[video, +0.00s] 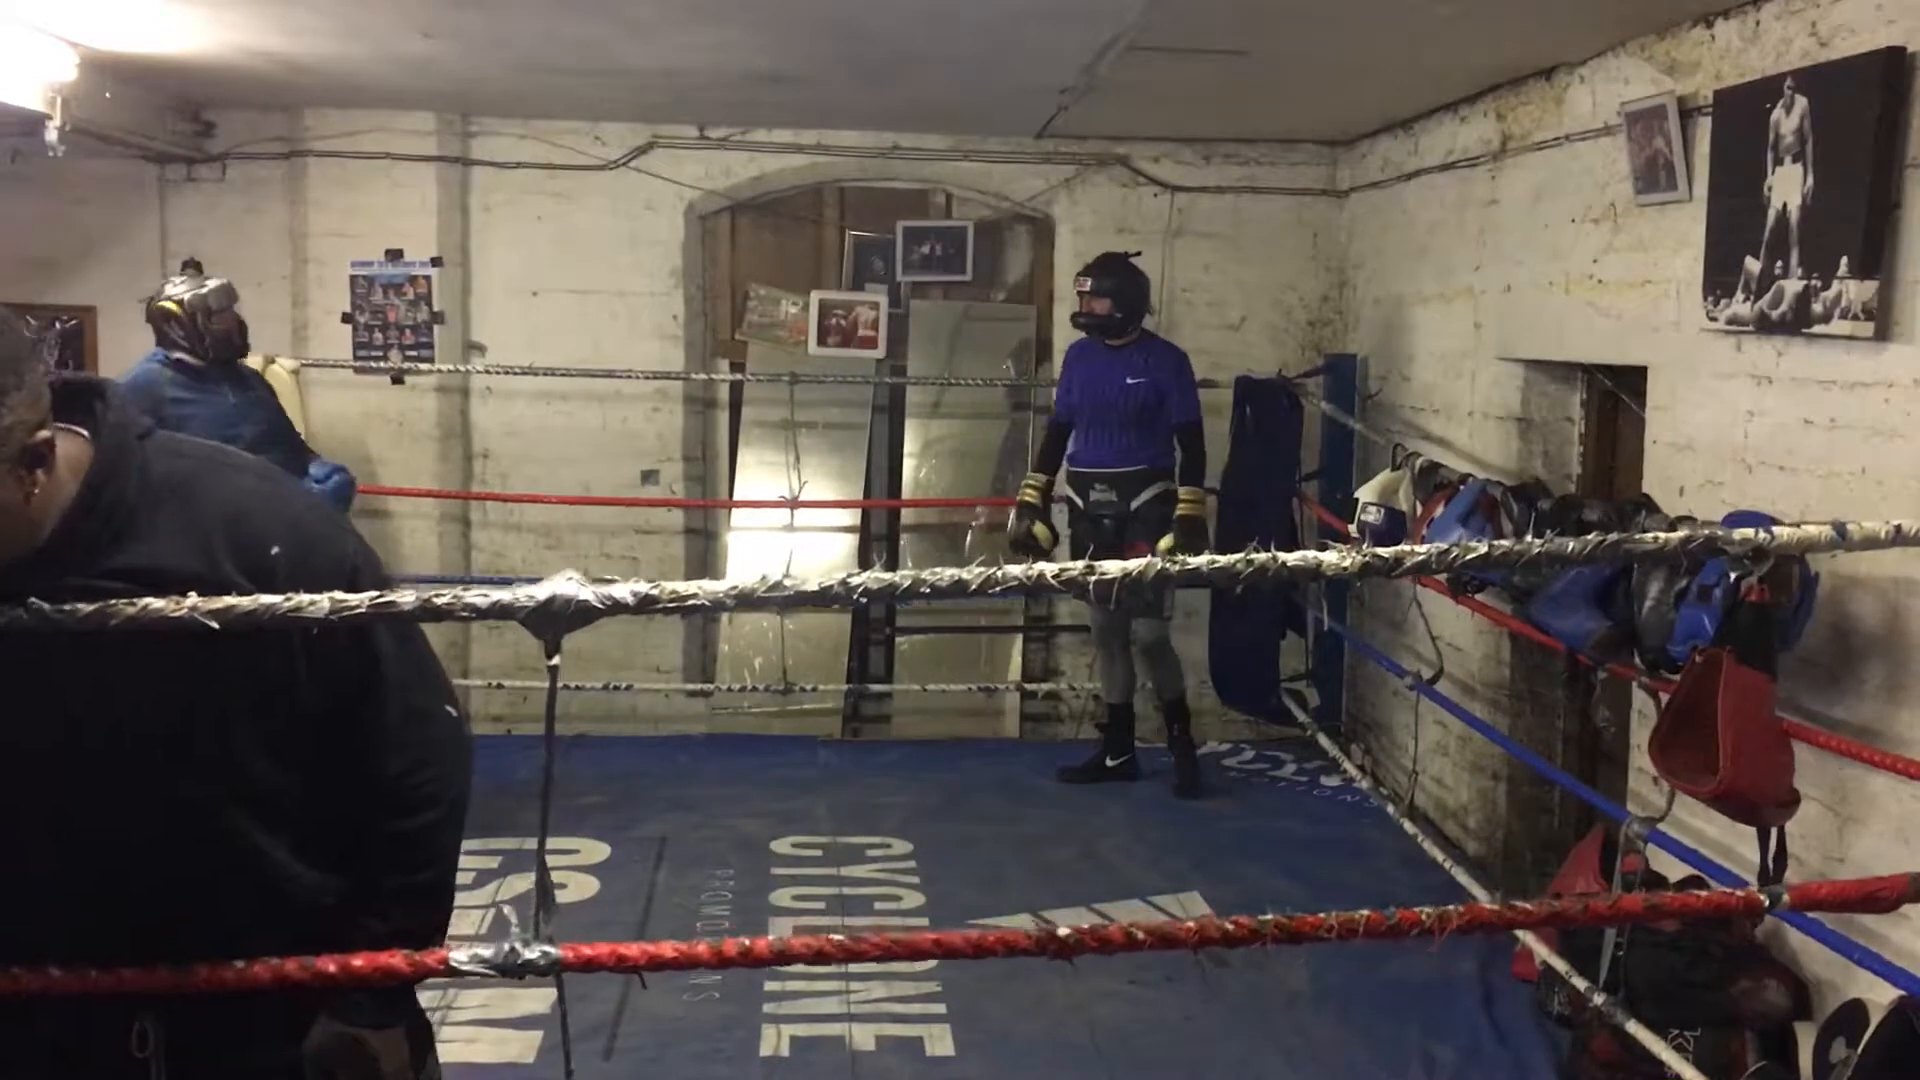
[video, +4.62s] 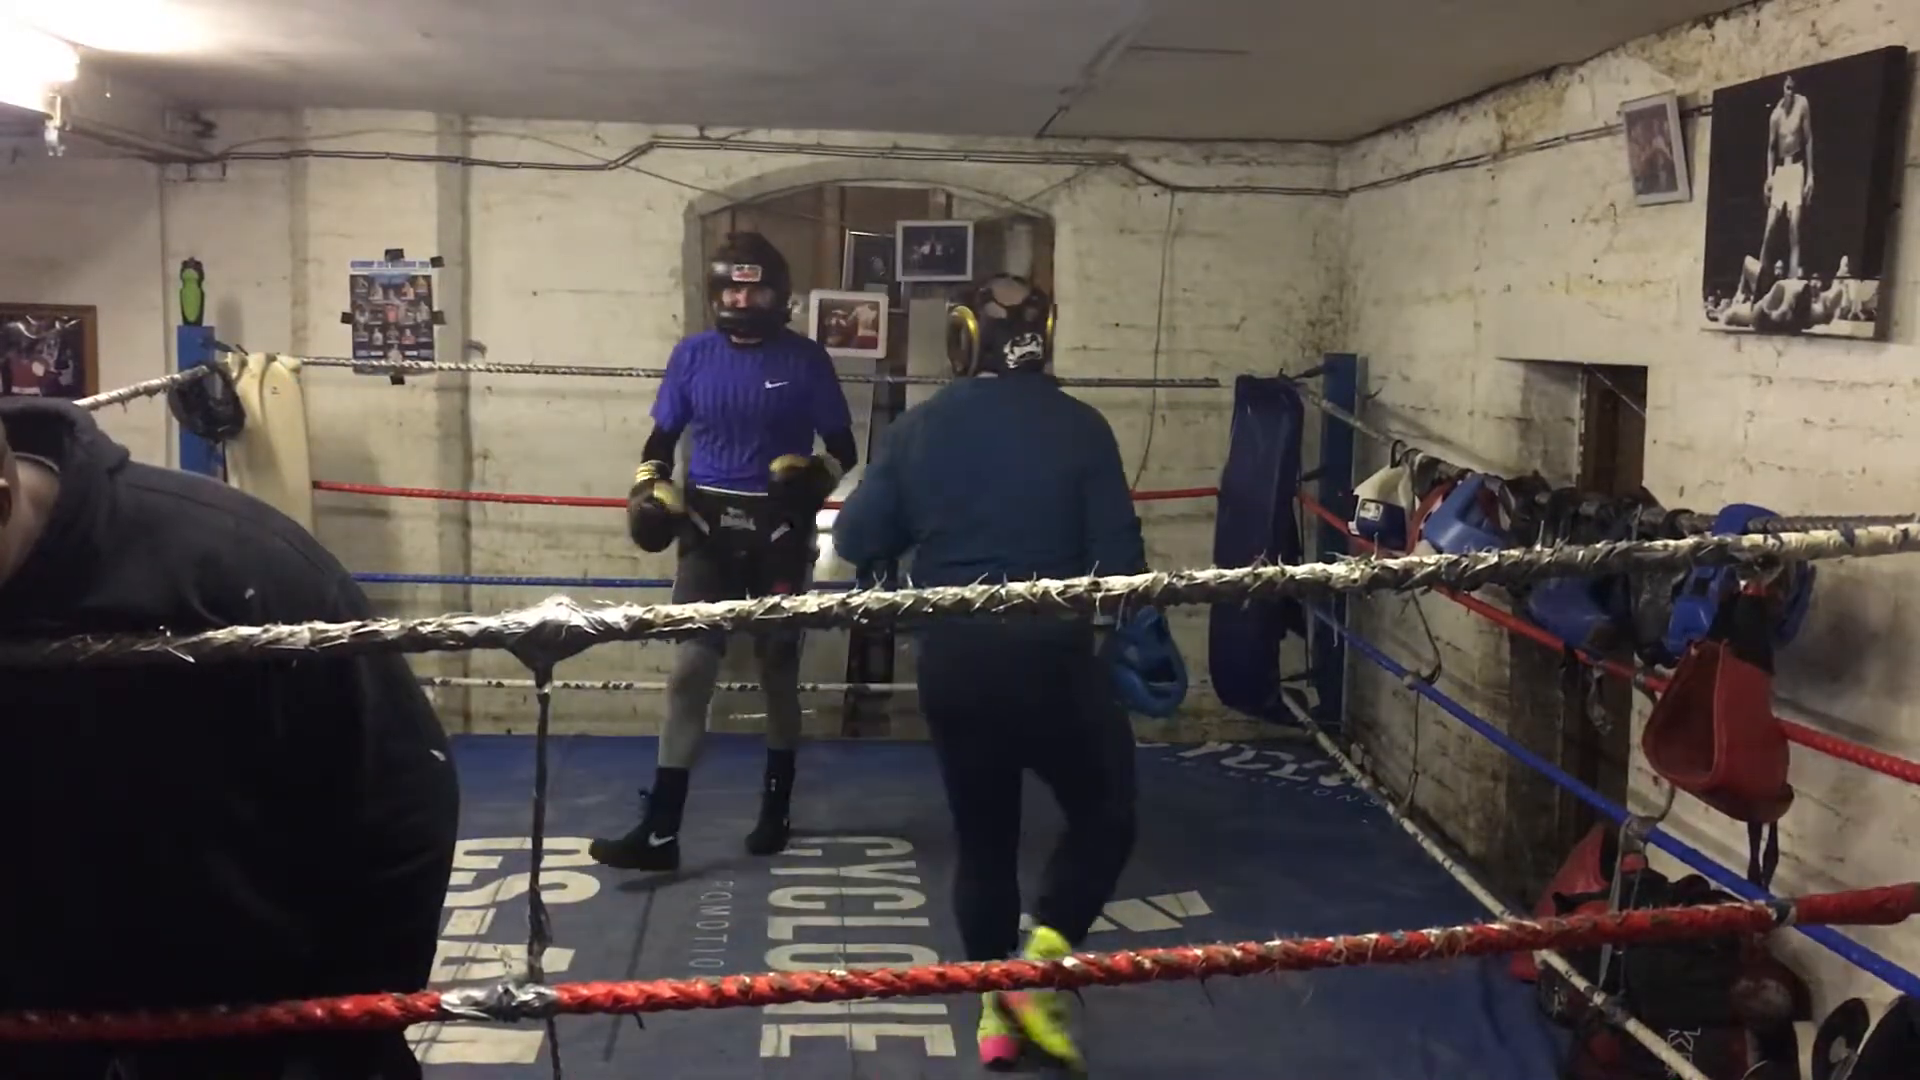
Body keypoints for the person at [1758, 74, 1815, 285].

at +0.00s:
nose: (1789, 93)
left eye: (1792, 90)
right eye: (1787, 89)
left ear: (1797, 90)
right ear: (1783, 89)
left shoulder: (1802, 105)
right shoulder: (1775, 115)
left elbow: (1809, 139)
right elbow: (1771, 146)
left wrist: (1810, 175)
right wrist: (1769, 175)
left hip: (1797, 163)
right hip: (1779, 164)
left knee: (1794, 218)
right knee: (1771, 218)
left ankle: (1794, 268)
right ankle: (1762, 266)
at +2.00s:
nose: (1788, 93)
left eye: (1791, 89)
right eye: (1787, 89)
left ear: (1796, 90)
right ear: (1782, 89)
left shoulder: (1801, 104)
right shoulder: (1775, 115)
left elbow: (1808, 139)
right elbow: (1770, 146)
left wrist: (1810, 174)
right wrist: (1769, 175)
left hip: (1797, 163)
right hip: (1780, 164)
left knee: (1794, 221)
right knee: (1771, 222)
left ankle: (1794, 270)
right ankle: (1761, 269)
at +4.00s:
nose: (1788, 92)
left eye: (1791, 89)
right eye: (1787, 88)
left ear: (1795, 90)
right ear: (1783, 89)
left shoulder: (1801, 105)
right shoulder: (1775, 115)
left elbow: (1808, 139)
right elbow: (1771, 146)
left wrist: (1810, 174)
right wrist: (1769, 176)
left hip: (1797, 164)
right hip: (1779, 165)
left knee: (1794, 220)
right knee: (1771, 221)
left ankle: (1794, 269)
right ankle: (1762, 269)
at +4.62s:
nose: (1789, 93)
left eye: (1792, 89)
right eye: (1787, 89)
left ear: (1796, 90)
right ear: (1782, 89)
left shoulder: (1801, 105)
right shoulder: (1775, 114)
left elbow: (1809, 139)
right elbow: (1771, 146)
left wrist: (1810, 174)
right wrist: (1769, 176)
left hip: (1797, 164)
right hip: (1780, 165)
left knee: (1794, 220)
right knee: (1771, 220)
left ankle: (1794, 268)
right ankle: (1762, 267)